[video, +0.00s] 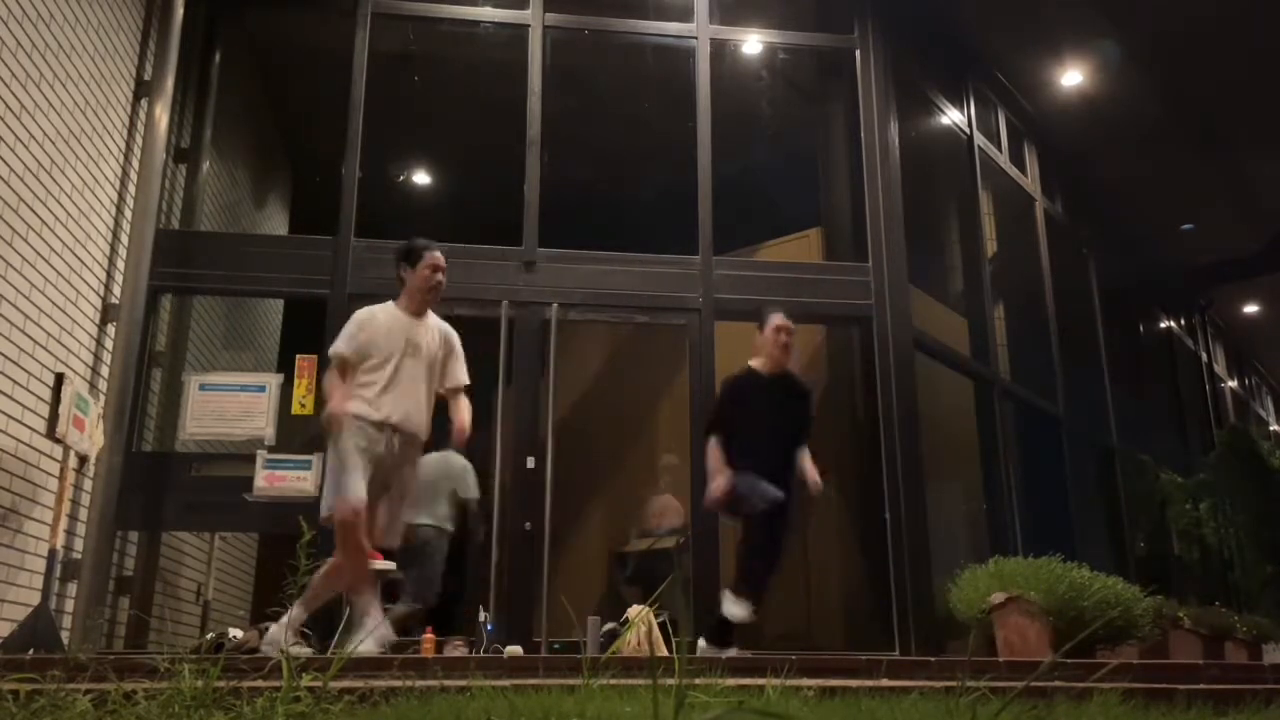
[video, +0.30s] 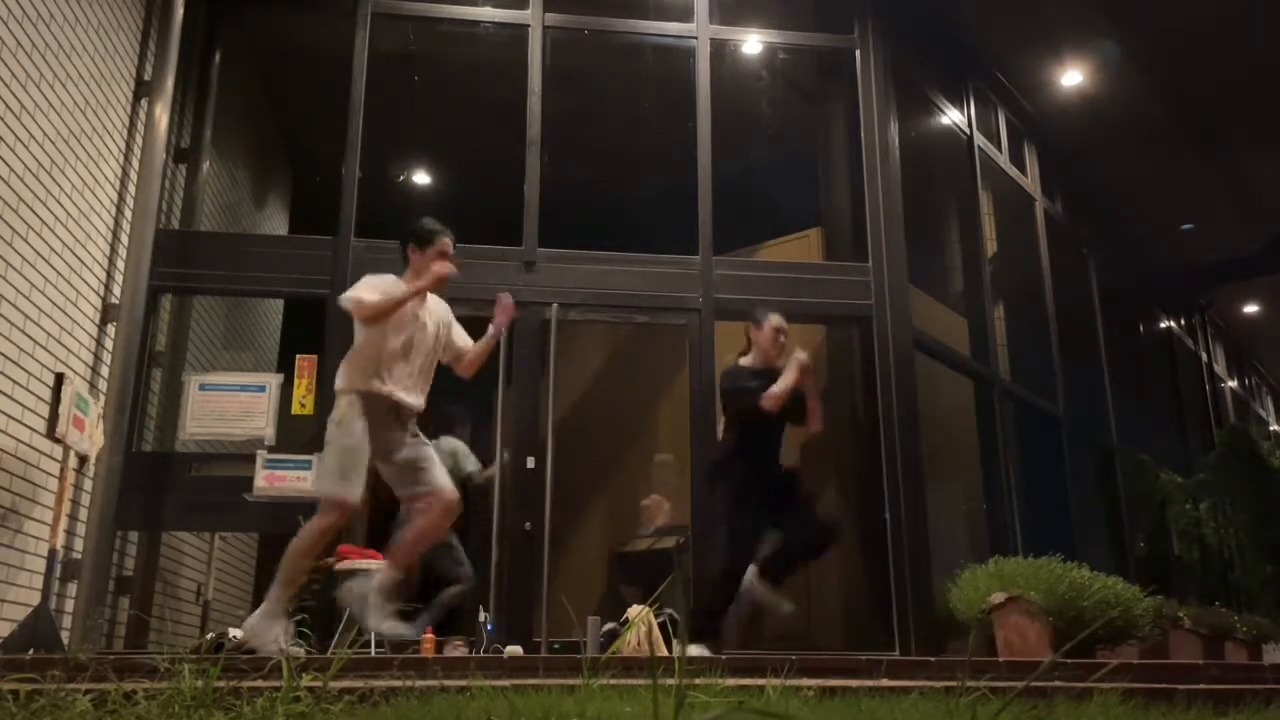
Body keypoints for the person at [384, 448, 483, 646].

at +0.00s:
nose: (466, 439)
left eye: (467, 433)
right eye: (465, 433)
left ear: (442, 434)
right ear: (459, 435)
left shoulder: (422, 461)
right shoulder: (461, 465)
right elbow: (471, 504)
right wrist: (476, 530)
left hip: (406, 526)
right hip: (435, 530)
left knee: (412, 591)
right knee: (426, 594)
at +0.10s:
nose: (465, 432)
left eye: (464, 429)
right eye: (463, 429)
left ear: (437, 428)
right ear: (458, 430)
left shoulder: (419, 449)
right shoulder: (460, 451)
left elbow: (406, 479)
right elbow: (473, 484)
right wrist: (492, 484)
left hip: (408, 510)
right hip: (436, 514)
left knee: (404, 561)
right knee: (423, 566)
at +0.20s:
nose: (467, 425)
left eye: (466, 421)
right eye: (465, 421)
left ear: (438, 419)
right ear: (458, 420)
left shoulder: (421, 442)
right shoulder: (458, 440)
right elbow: (478, 473)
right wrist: (498, 456)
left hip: (408, 507)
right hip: (434, 510)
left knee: (410, 575)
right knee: (439, 579)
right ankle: (390, 628)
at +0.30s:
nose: (469, 432)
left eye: (468, 427)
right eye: (466, 427)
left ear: (438, 425)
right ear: (458, 426)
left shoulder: (422, 447)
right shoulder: (453, 446)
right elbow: (477, 479)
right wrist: (500, 464)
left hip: (409, 524)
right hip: (434, 524)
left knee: (415, 581)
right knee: (464, 579)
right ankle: (419, 628)